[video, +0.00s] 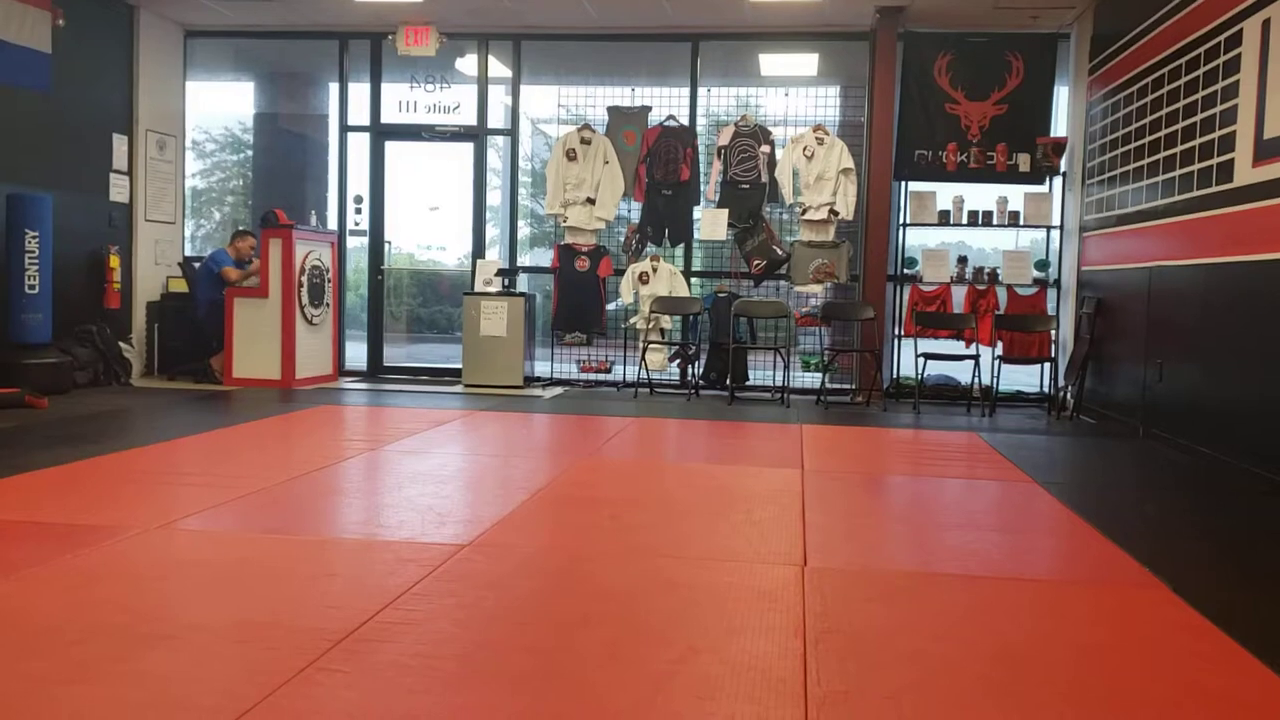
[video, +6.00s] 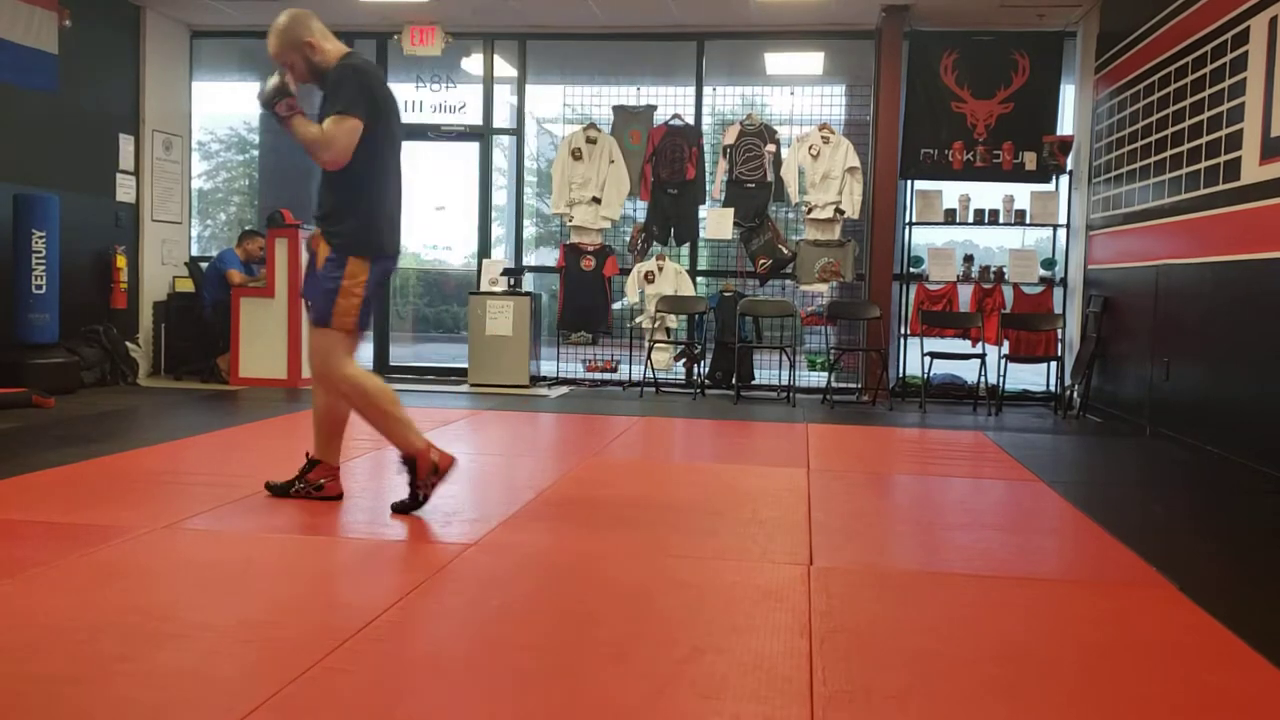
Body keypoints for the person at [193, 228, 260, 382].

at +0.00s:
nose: (252, 253)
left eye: (254, 250)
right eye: (251, 248)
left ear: (238, 244)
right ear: (238, 243)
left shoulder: (237, 261)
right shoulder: (219, 255)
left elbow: (256, 268)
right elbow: (232, 277)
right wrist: (253, 270)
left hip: (223, 307)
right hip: (207, 308)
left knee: (250, 327)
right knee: (244, 330)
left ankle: (220, 363)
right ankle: (217, 362)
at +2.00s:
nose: (262, 256)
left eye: (264, 252)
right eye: (261, 251)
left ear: (252, 246)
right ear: (250, 245)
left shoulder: (244, 261)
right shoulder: (231, 254)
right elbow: (236, 275)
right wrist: (256, 273)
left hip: (227, 306)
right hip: (213, 307)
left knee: (254, 329)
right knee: (249, 332)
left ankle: (224, 363)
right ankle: (221, 362)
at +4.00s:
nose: (262, 254)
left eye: (263, 250)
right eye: (260, 249)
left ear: (247, 246)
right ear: (247, 245)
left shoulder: (245, 263)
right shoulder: (229, 256)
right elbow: (235, 279)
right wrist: (257, 278)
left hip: (230, 308)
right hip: (215, 309)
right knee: (253, 332)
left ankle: (226, 363)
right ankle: (223, 362)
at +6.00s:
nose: (261, 254)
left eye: (262, 250)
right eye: (260, 249)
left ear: (248, 245)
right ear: (247, 244)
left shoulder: (246, 264)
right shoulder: (228, 255)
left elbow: (252, 284)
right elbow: (235, 280)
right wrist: (258, 278)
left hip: (230, 308)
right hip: (213, 309)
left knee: (259, 327)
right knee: (253, 330)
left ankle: (227, 363)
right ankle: (224, 362)